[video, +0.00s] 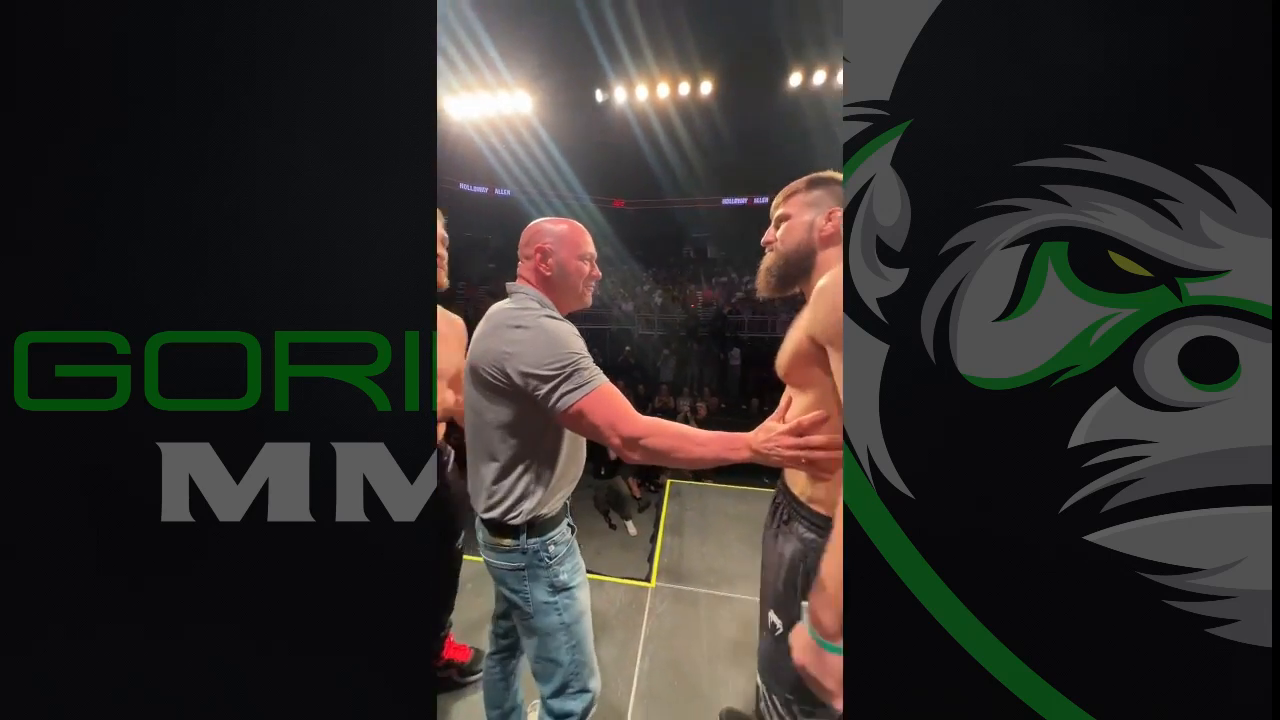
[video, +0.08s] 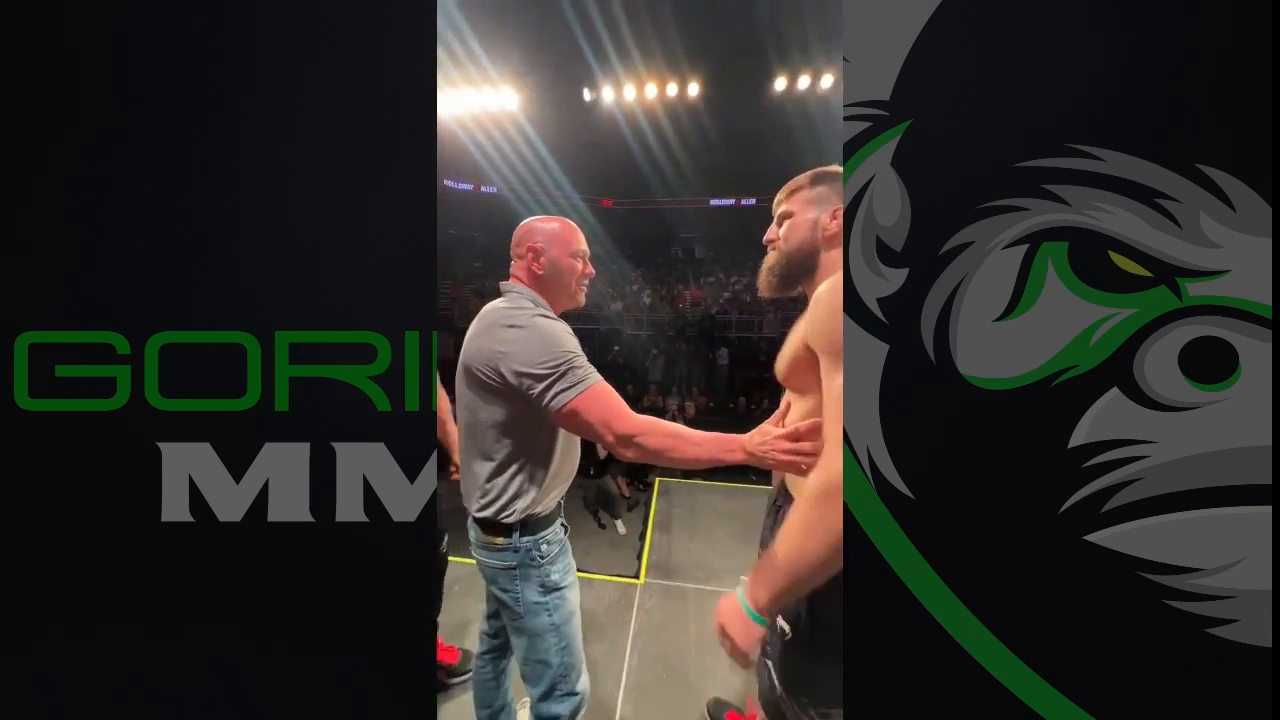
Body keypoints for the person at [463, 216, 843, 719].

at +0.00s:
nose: (596, 272)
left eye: (595, 261)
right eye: (585, 260)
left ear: (539, 262)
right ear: (542, 260)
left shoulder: (507, 318)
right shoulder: (539, 333)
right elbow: (631, 437)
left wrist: (625, 438)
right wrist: (752, 445)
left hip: (505, 529)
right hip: (534, 539)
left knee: (504, 649)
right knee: (572, 692)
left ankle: (503, 712)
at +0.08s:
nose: (590, 270)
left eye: (588, 259)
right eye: (578, 258)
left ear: (530, 262)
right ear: (532, 259)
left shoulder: (502, 318)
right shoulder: (530, 331)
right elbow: (626, 436)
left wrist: (610, 438)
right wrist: (746, 447)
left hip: (498, 527)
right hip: (525, 537)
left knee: (496, 646)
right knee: (560, 692)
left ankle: (492, 713)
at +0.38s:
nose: (563, 262)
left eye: (561, 250)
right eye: (550, 250)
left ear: (500, 254)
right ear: (502, 253)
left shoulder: (468, 315)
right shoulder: (504, 331)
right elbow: (603, 434)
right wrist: (725, 449)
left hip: (474, 528)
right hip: (504, 541)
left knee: (467, 632)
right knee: (534, 692)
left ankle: (446, 708)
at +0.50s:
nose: (558, 255)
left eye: (555, 241)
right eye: (544, 242)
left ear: (494, 249)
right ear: (495, 246)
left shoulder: (458, 309)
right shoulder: (497, 327)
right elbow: (601, 434)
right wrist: (718, 444)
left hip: (468, 529)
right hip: (502, 544)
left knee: (467, 622)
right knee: (523, 692)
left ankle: (433, 696)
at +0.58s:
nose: (555, 252)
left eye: (553, 240)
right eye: (542, 238)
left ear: (491, 241)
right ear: (494, 238)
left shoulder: (453, 303)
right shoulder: (494, 323)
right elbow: (601, 430)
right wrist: (716, 436)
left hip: (461, 533)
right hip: (496, 547)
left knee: (472, 620)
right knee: (513, 692)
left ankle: (435, 690)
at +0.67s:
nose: (552, 251)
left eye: (549, 237)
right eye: (540, 235)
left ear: (489, 236)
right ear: (493, 233)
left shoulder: (453, 296)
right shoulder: (489, 316)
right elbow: (601, 423)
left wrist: (546, 429)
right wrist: (711, 425)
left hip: (460, 535)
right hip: (487, 549)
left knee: (477, 626)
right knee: (501, 688)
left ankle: (436, 694)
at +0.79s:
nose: (543, 247)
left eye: (541, 234)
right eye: (533, 232)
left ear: (483, 228)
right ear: (489, 226)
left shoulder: (446, 286)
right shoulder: (484, 311)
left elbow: (454, 384)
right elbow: (608, 406)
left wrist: (515, 420)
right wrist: (709, 406)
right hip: (471, 550)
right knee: (474, 693)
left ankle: (490, 674)